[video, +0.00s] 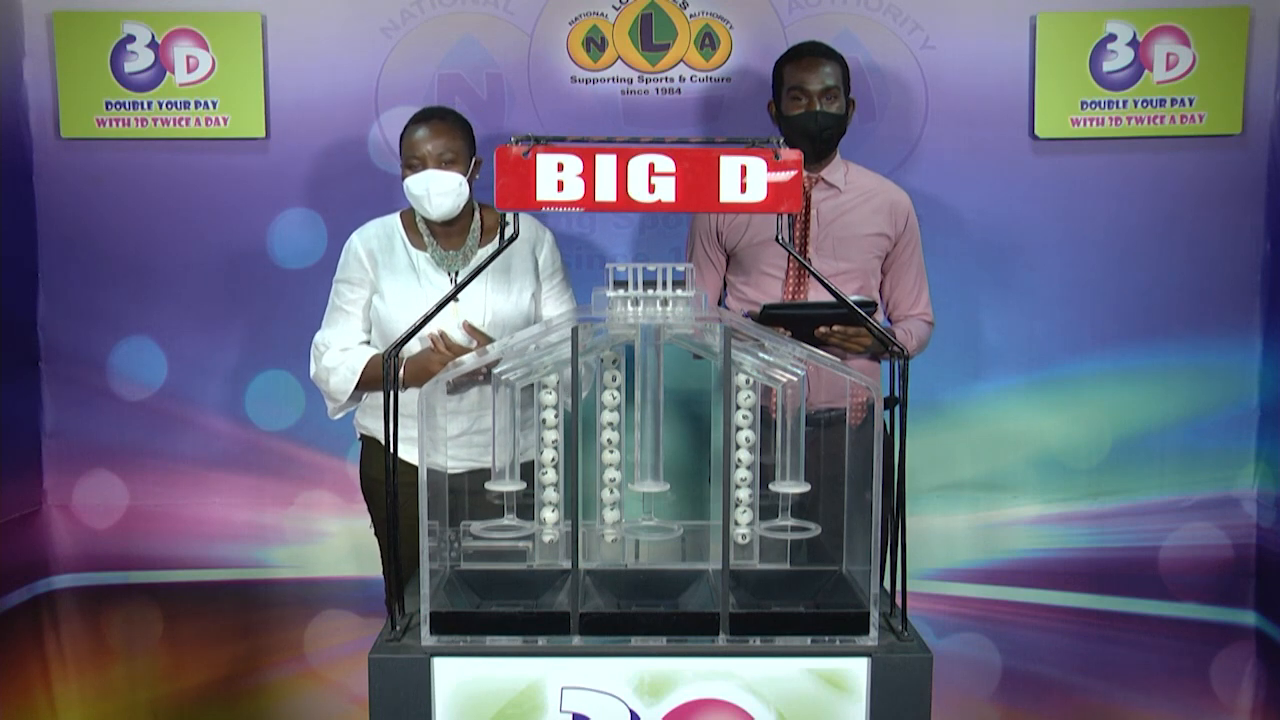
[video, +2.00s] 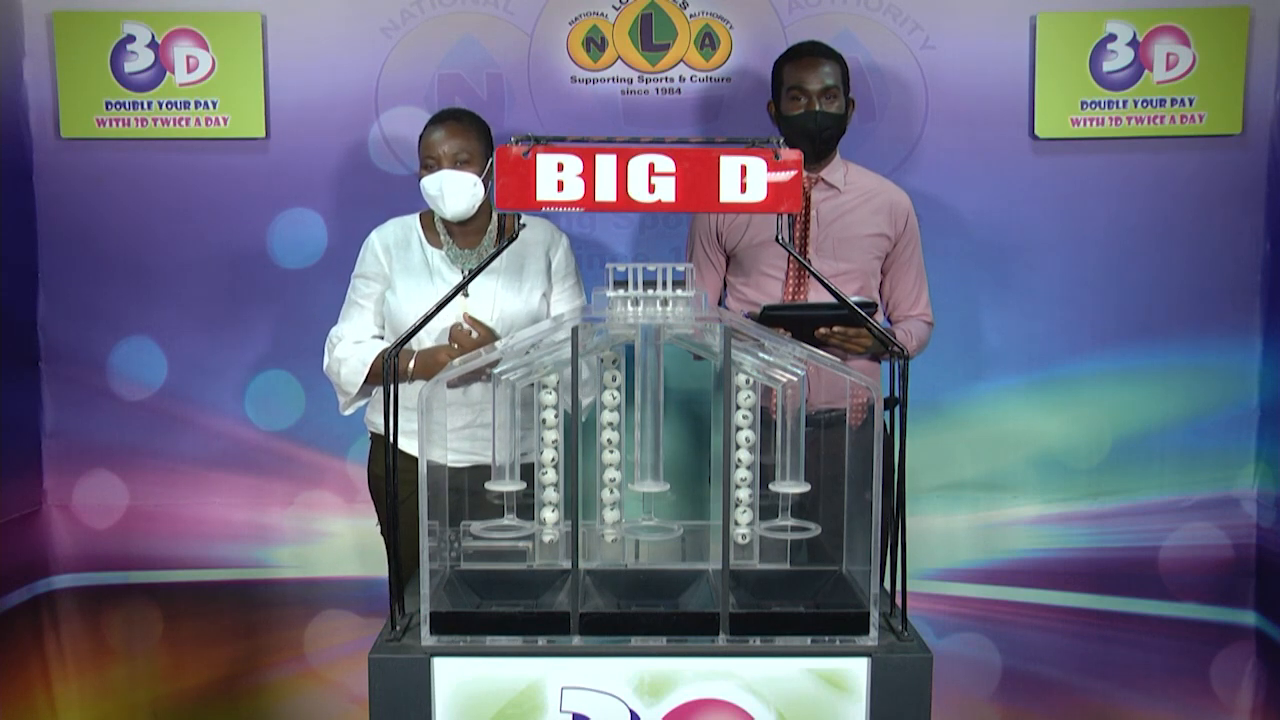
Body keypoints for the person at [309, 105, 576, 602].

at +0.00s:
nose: (434, 179)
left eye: (448, 162)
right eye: (419, 166)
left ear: (473, 165)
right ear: (403, 172)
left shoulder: (529, 241)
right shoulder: (370, 247)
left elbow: (568, 350)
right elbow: (331, 362)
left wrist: (502, 359)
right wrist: (407, 370)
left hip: (505, 462)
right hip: (403, 465)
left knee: (504, 617)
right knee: (415, 616)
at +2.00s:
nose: (447, 179)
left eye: (462, 162)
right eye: (433, 165)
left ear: (490, 166)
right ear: (420, 172)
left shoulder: (544, 244)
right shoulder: (387, 246)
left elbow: (575, 360)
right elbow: (344, 357)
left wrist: (500, 356)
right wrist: (429, 360)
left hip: (512, 463)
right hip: (409, 463)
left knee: (506, 616)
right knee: (416, 617)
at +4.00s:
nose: (447, 180)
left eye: (462, 164)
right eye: (433, 166)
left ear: (489, 166)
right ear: (419, 171)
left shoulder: (543, 246)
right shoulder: (385, 246)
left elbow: (569, 360)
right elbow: (340, 359)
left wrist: (494, 351)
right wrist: (417, 361)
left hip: (510, 463)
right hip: (407, 463)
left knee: (504, 619)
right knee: (415, 617)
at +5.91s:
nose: (441, 179)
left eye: (455, 163)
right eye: (427, 165)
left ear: (481, 167)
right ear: (413, 172)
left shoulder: (537, 246)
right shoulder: (379, 248)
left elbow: (566, 352)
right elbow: (336, 361)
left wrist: (495, 355)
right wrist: (417, 362)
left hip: (505, 462)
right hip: (404, 462)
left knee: (500, 613)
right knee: (414, 612)